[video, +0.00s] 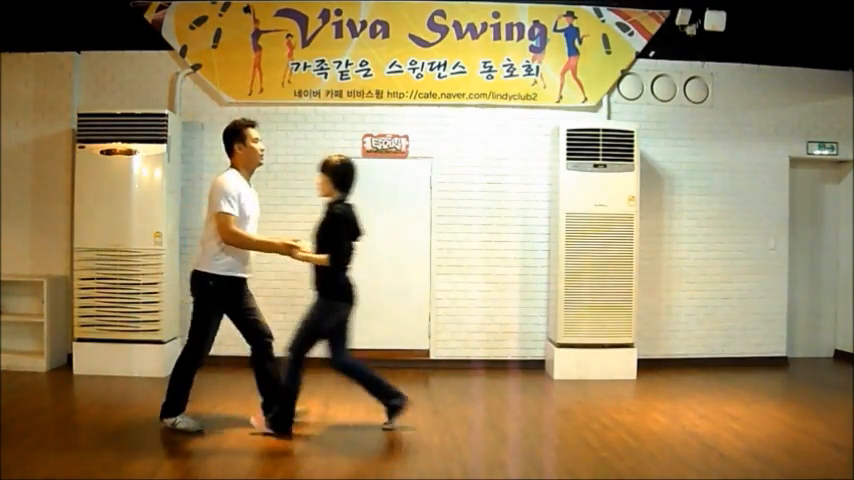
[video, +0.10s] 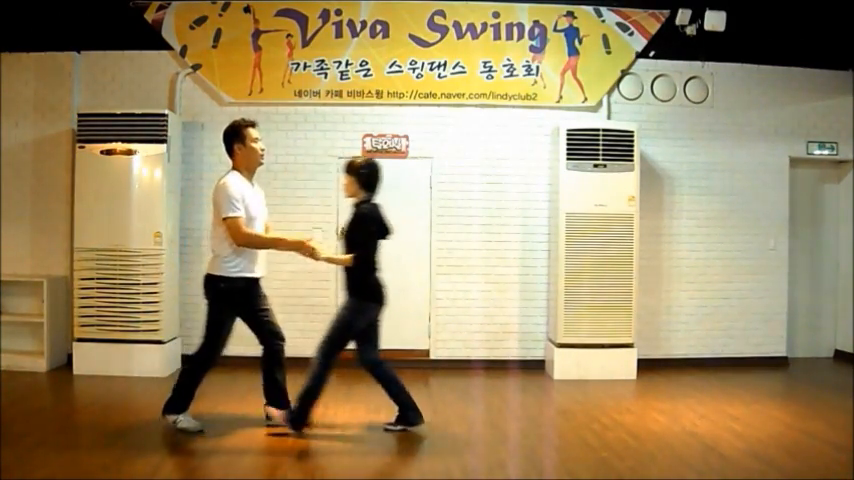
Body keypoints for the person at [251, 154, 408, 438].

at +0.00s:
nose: (317, 180)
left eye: (321, 175)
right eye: (319, 175)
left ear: (332, 181)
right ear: (340, 181)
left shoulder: (337, 214)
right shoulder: (340, 210)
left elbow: (337, 260)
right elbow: (338, 252)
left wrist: (300, 255)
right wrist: (305, 250)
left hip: (332, 298)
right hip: (339, 296)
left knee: (296, 350)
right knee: (339, 359)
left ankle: (280, 421)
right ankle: (392, 399)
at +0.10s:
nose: (343, 182)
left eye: (347, 178)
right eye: (345, 177)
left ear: (358, 182)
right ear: (366, 182)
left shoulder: (364, 216)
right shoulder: (370, 211)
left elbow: (357, 259)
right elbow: (385, 234)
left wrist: (323, 257)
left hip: (361, 298)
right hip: (369, 296)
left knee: (327, 352)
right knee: (369, 358)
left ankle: (298, 415)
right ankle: (409, 412)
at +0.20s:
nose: (366, 179)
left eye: (370, 173)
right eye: (368, 173)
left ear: (382, 178)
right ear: (388, 178)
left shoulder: (388, 210)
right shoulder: (392, 207)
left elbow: (380, 254)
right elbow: (386, 251)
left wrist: (348, 251)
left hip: (384, 294)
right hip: (392, 293)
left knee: (346, 349)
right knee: (385, 355)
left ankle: (349, 417)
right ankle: (412, 416)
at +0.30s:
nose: (387, 177)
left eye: (391, 171)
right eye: (388, 171)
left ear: (405, 175)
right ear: (406, 176)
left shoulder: (409, 206)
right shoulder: (409, 204)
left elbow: (404, 250)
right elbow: (395, 246)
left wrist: (374, 250)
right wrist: (361, 241)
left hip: (408, 291)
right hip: (410, 289)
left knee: (380, 348)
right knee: (393, 349)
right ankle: (412, 414)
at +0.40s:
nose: (405, 176)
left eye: (410, 171)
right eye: (407, 170)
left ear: (422, 176)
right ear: (422, 175)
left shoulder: (429, 207)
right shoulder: (423, 205)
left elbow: (422, 251)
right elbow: (406, 244)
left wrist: (391, 252)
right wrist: (376, 241)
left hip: (429, 293)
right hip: (424, 291)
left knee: (407, 354)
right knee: (407, 353)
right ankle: (413, 416)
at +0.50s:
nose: (422, 177)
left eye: (427, 172)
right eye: (424, 171)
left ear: (441, 176)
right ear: (439, 177)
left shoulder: (448, 207)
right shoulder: (440, 206)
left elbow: (447, 253)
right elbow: (417, 243)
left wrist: (414, 255)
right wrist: (374, 239)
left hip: (450, 295)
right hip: (441, 295)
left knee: (442, 360)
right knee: (417, 349)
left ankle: (474, 422)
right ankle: (415, 416)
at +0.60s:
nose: (437, 177)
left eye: (442, 171)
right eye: (439, 171)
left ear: (456, 177)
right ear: (454, 178)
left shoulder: (466, 210)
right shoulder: (454, 211)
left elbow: (469, 254)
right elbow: (421, 237)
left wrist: (436, 257)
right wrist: (383, 228)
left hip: (469, 296)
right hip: (457, 295)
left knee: (453, 357)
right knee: (428, 345)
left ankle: (474, 424)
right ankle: (449, 409)